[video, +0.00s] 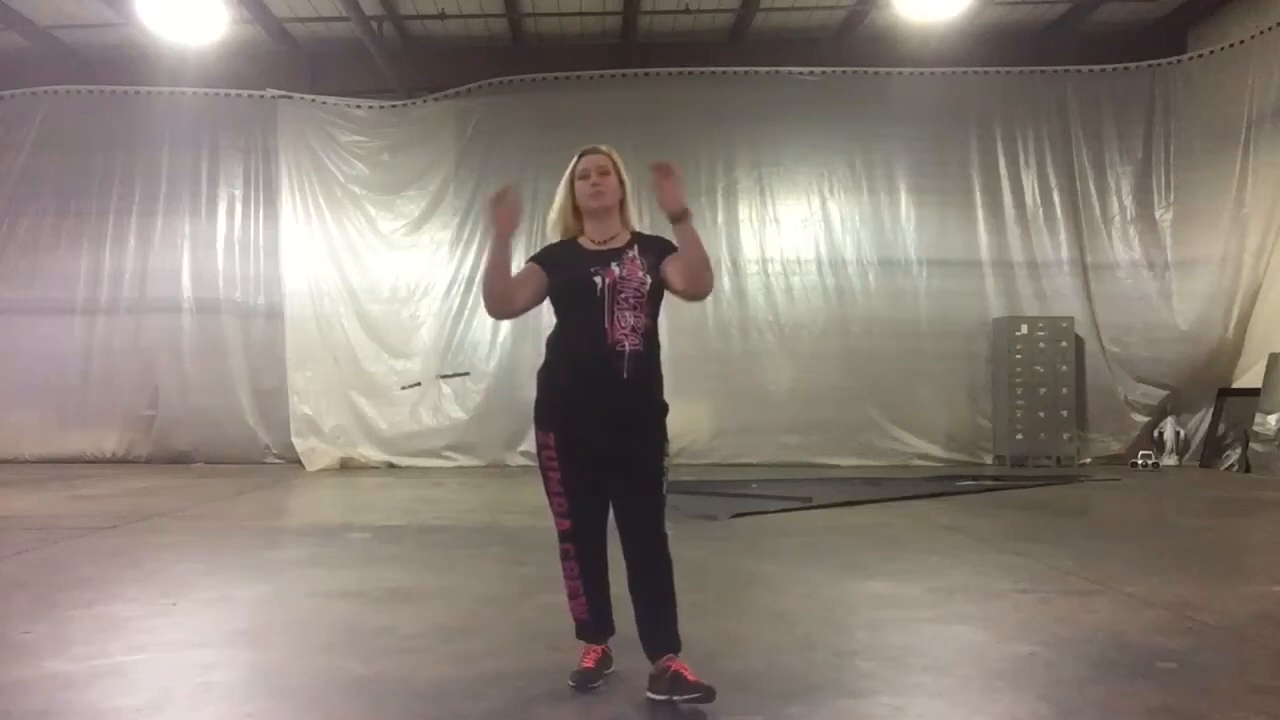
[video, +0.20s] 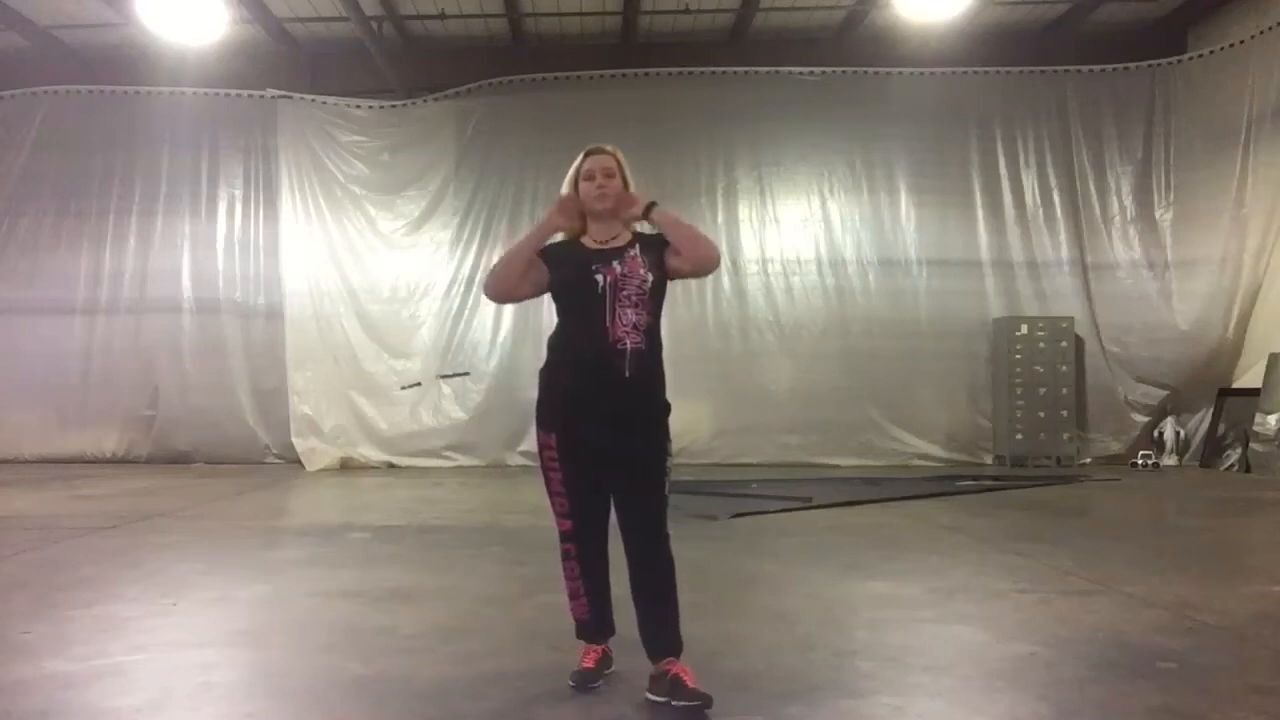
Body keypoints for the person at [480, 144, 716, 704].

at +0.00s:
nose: (595, 181)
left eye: (604, 172)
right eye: (584, 176)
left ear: (622, 185)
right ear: (572, 193)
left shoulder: (650, 248)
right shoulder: (557, 258)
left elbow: (698, 284)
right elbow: (499, 304)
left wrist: (680, 215)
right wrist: (500, 238)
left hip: (636, 414)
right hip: (567, 416)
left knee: (647, 537)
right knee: (580, 537)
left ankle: (665, 659)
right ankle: (595, 646)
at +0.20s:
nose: (600, 183)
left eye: (609, 175)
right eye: (589, 177)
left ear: (627, 189)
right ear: (574, 193)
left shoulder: (652, 252)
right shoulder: (560, 257)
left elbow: (708, 259)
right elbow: (497, 287)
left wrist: (654, 211)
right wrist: (548, 224)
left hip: (639, 413)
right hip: (569, 416)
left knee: (649, 536)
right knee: (581, 536)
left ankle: (666, 660)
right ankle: (594, 645)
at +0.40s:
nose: (601, 182)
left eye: (611, 174)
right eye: (590, 175)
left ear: (629, 188)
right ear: (576, 190)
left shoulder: (656, 251)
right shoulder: (560, 256)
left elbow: (710, 237)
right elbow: (495, 264)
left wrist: (651, 208)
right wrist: (557, 225)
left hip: (641, 413)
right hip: (571, 416)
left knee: (650, 536)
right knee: (582, 535)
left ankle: (666, 662)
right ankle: (594, 646)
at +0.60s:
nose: (603, 186)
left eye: (614, 178)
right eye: (593, 179)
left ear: (632, 191)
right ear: (578, 193)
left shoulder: (657, 249)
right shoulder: (562, 256)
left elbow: (713, 219)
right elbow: (495, 239)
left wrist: (650, 199)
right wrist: (560, 208)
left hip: (641, 414)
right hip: (571, 415)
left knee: (649, 538)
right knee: (582, 536)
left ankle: (666, 662)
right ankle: (594, 646)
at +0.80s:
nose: (605, 194)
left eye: (615, 184)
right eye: (594, 185)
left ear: (633, 192)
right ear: (579, 196)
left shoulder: (657, 248)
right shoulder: (562, 253)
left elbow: (713, 195)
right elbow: (494, 213)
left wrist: (650, 191)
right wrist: (564, 196)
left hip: (639, 416)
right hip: (569, 417)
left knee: (648, 539)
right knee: (581, 537)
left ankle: (666, 663)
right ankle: (594, 647)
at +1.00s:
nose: (606, 199)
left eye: (615, 189)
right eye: (595, 190)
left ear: (633, 194)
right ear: (578, 198)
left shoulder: (655, 247)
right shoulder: (561, 251)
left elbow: (710, 183)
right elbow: (498, 198)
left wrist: (646, 183)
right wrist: (559, 189)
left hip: (637, 416)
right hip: (567, 417)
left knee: (647, 540)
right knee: (580, 538)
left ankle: (665, 663)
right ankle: (593, 645)